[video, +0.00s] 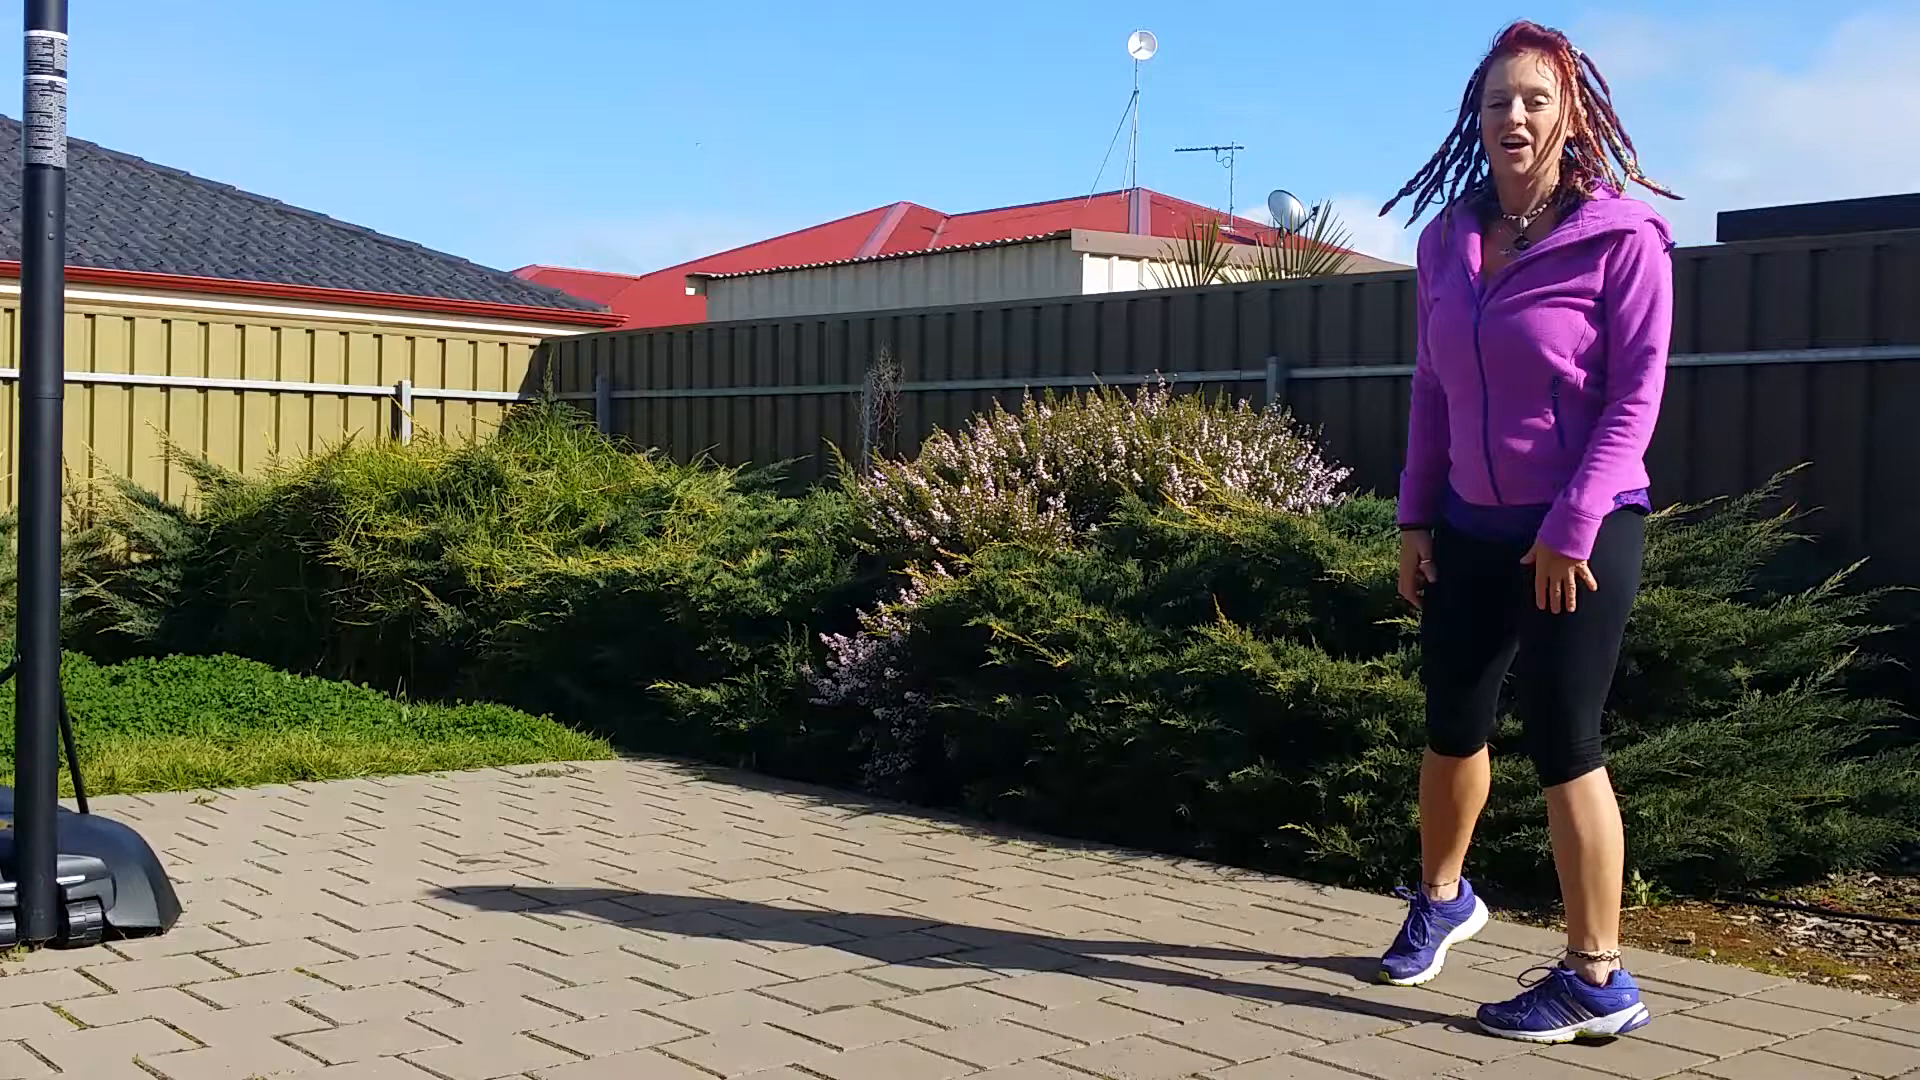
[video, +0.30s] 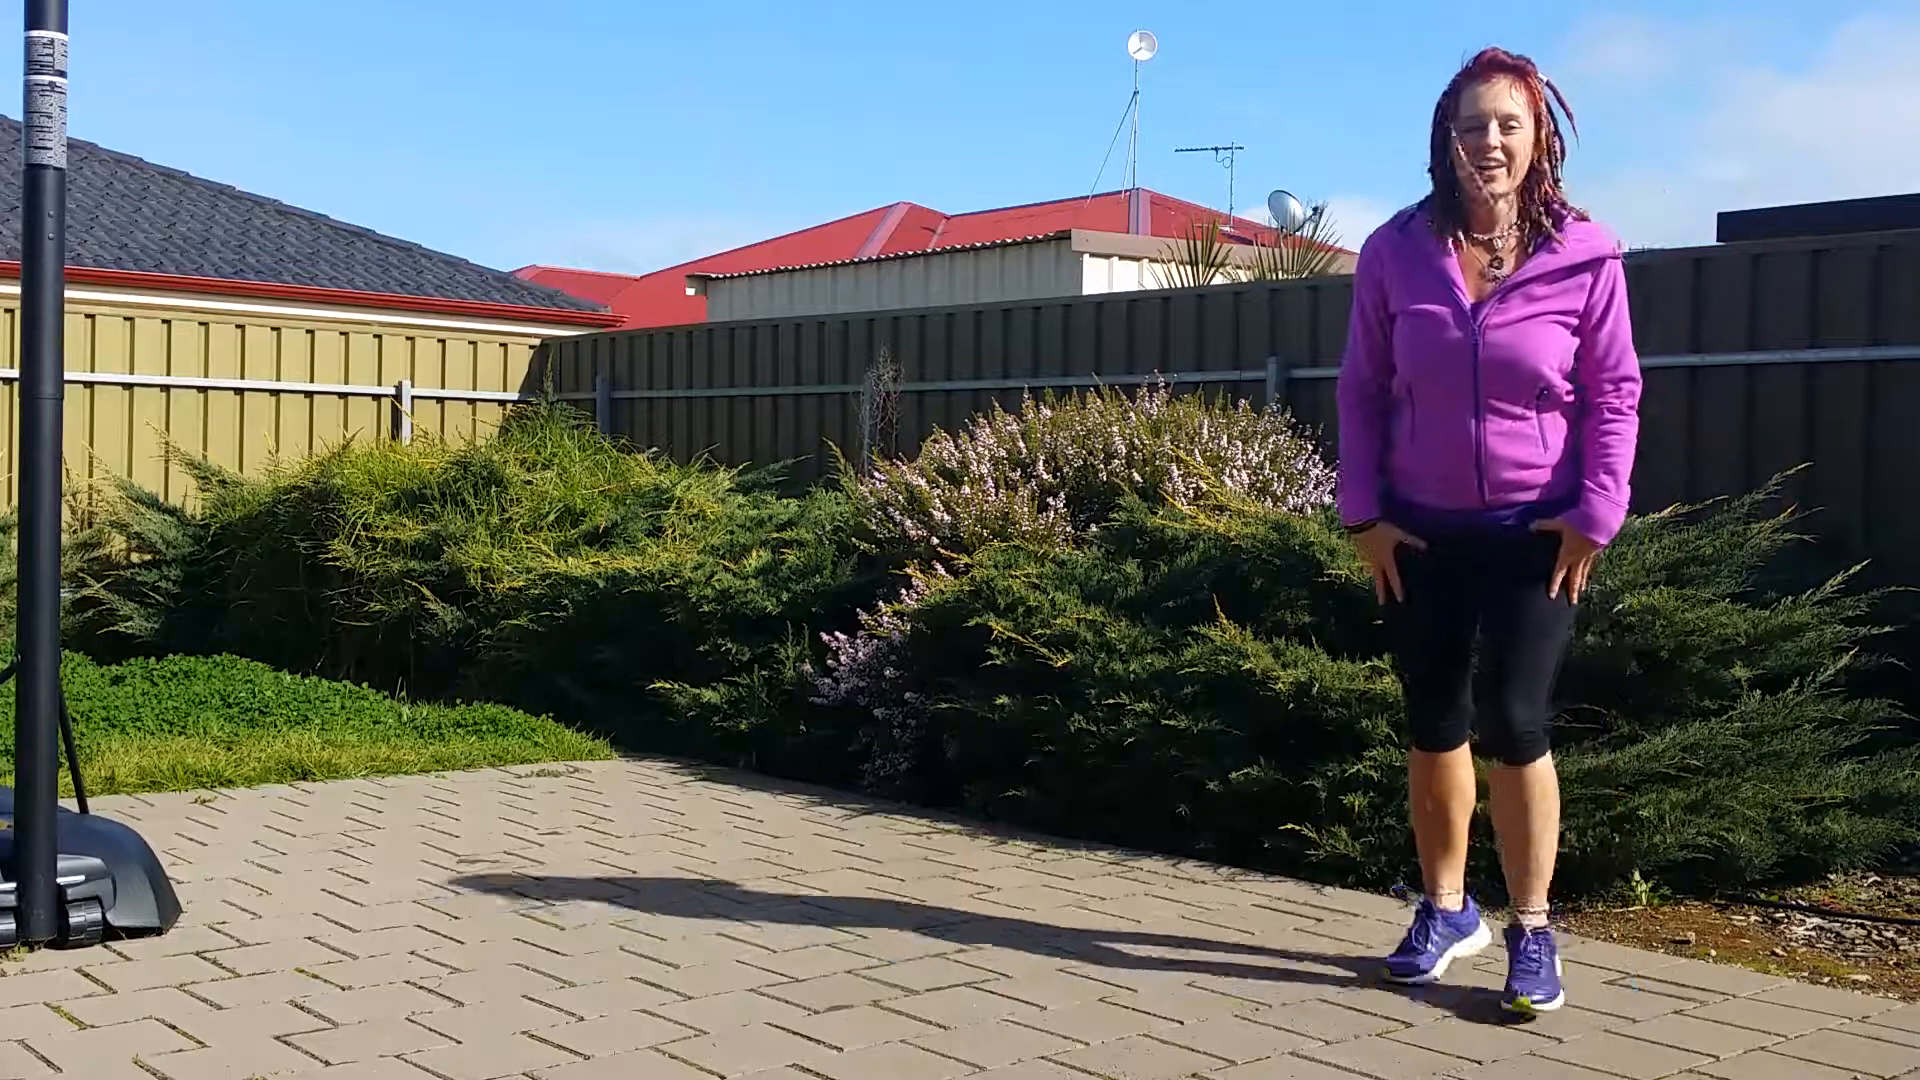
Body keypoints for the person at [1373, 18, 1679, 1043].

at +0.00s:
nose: (1511, 119)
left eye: (1532, 101)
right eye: (1495, 102)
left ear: (1571, 115)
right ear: (1477, 118)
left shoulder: (1624, 233)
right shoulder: (1446, 237)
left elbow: (1635, 396)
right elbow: (1430, 387)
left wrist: (1575, 519)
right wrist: (1415, 518)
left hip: (1581, 519)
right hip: (1471, 517)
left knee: (1565, 742)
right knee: (1454, 726)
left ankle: (1597, 972)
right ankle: (1440, 896)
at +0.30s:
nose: (1486, 144)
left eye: (1506, 127)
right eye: (1469, 126)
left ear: (1538, 141)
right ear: (1446, 137)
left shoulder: (1586, 254)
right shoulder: (1392, 250)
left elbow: (1614, 394)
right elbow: (1360, 387)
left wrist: (1596, 514)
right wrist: (1364, 510)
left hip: (1535, 528)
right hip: (1421, 527)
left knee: (1516, 727)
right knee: (1435, 723)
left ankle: (1532, 930)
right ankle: (1445, 913)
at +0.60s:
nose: (1488, 174)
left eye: (1506, 157)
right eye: (1471, 157)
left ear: (1534, 170)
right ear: (1445, 168)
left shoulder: (1583, 280)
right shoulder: (1395, 276)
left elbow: (1604, 421)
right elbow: (1363, 411)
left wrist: (1583, 542)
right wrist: (1365, 533)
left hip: (1531, 548)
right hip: (1424, 546)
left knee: (1517, 742)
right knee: (1445, 739)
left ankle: (1520, 928)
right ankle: (1455, 920)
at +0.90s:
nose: (1486, 164)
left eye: (1504, 150)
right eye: (1469, 151)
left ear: (1533, 166)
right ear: (1445, 167)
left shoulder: (1585, 274)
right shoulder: (1404, 270)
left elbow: (1610, 412)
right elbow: (1326, 378)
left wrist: (1590, 527)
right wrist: (1244, 468)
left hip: (1531, 532)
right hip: (1422, 532)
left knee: (1520, 732)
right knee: (1446, 729)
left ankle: (1520, 928)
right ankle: (1452, 921)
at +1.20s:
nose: (1488, 170)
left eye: (1506, 155)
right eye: (1471, 154)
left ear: (1536, 171)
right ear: (1445, 170)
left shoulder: (1583, 280)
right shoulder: (1405, 270)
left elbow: (1602, 418)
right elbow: (1312, 362)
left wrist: (1583, 532)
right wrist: (1210, 438)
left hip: (1531, 537)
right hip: (1421, 535)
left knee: (1517, 734)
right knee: (1447, 732)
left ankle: (1519, 927)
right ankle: (1453, 921)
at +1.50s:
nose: (1485, 173)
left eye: (1502, 159)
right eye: (1467, 159)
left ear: (1533, 174)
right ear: (1441, 174)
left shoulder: (1578, 283)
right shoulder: (1400, 272)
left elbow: (1597, 419)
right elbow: (1308, 362)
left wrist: (1581, 531)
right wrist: (1206, 437)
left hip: (1527, 537)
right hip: (1417, 536)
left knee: (1513, 735)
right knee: (1445, 735)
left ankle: (1520, 927)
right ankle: (1453, 921)